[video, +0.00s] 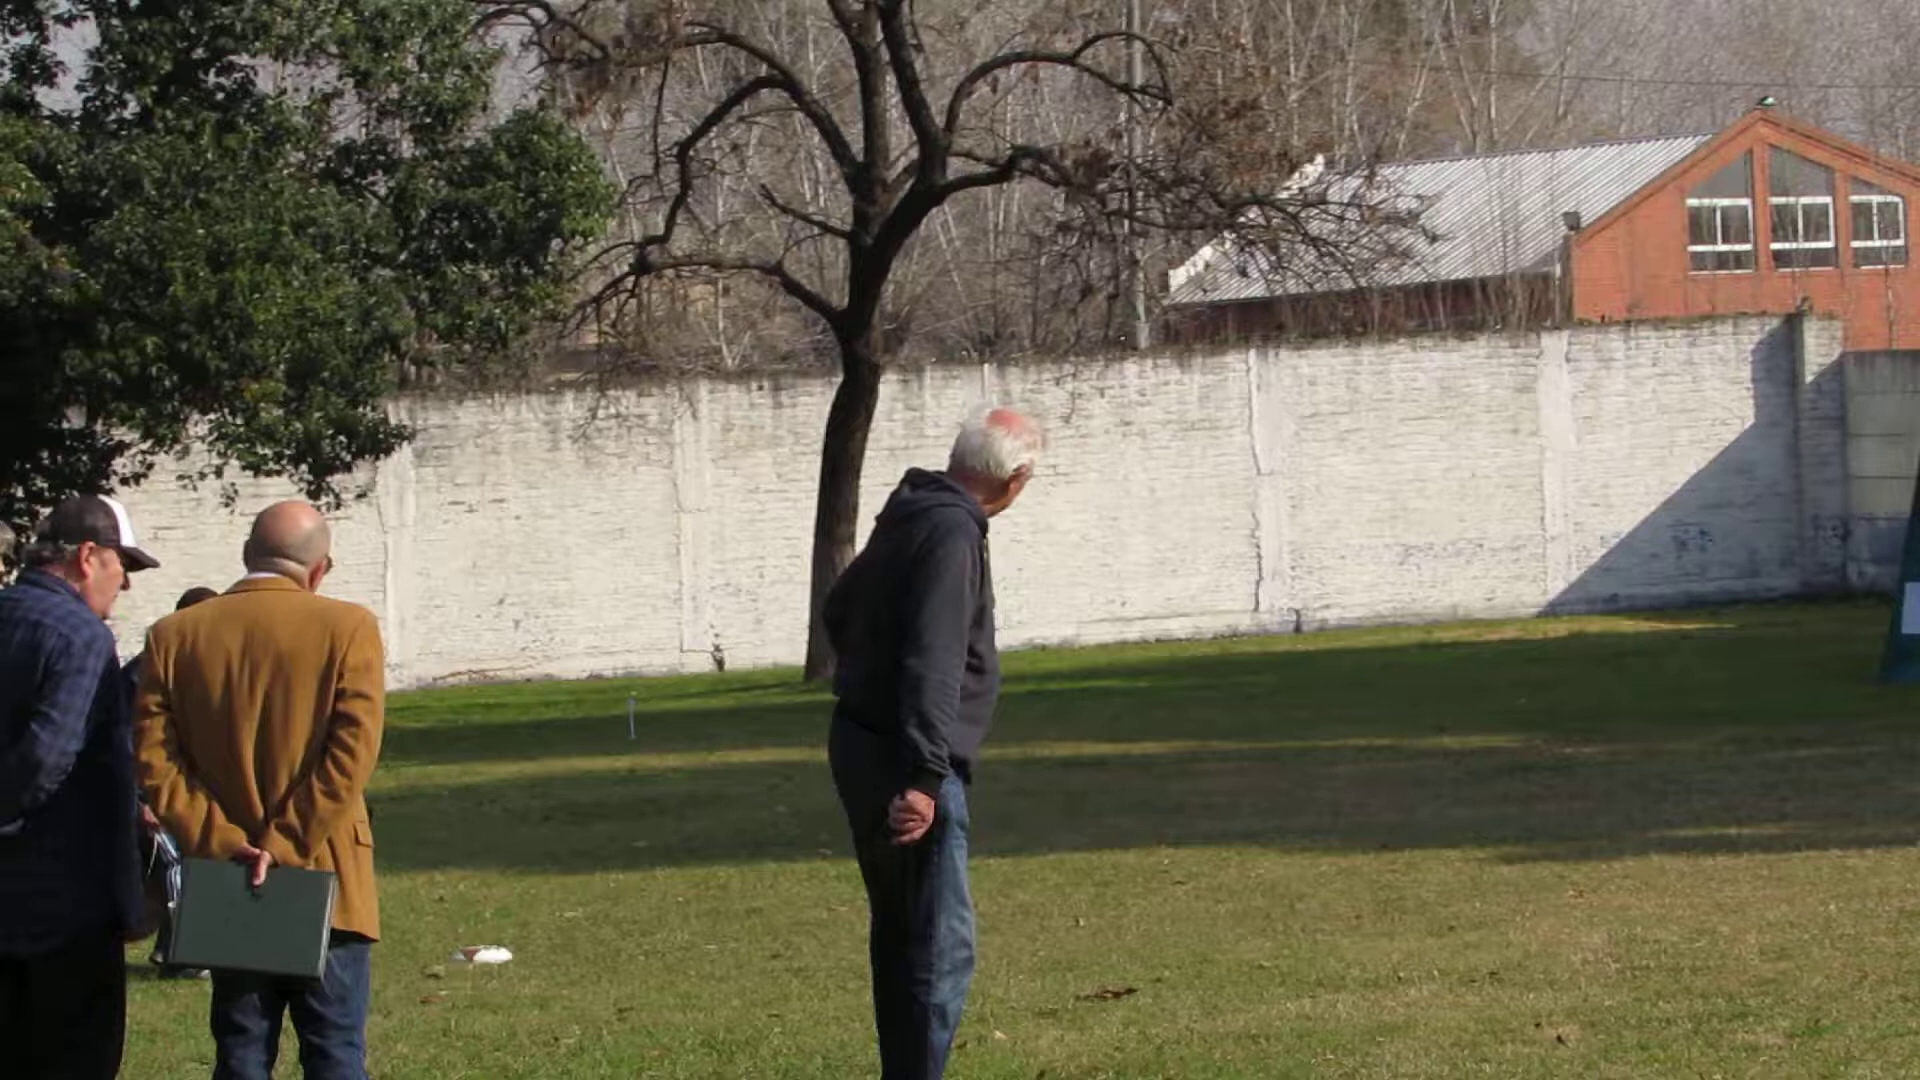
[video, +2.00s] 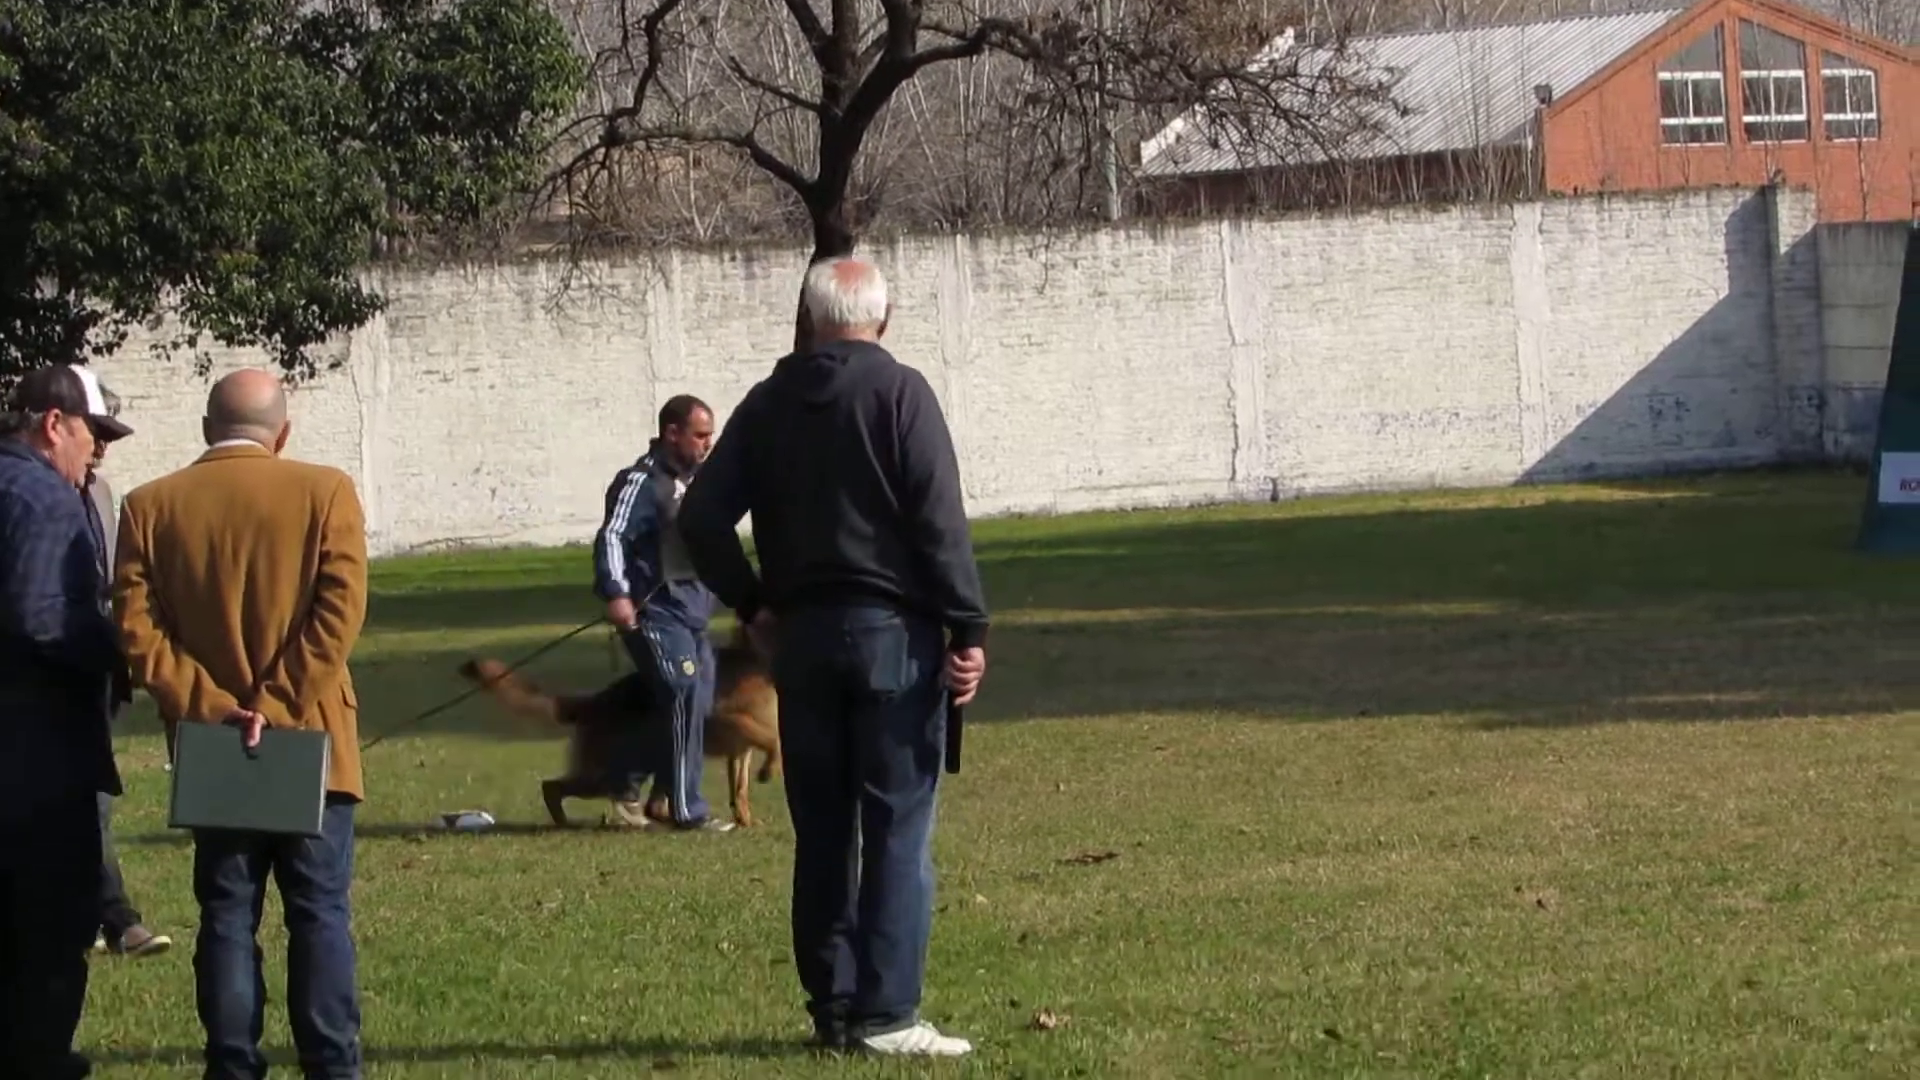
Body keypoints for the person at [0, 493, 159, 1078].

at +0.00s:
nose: (125, 583)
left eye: (128, 570)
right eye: (123, 567)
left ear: (61, 556)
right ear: (86, 559)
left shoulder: (10, 607)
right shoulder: (80, 633)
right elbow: (45, 756)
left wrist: (122, 803)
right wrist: (9, 815)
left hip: (16, 884)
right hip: (63, 891)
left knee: (21, 1041)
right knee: (80, 1051)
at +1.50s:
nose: (129, 580)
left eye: (131, 566)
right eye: (125, 562)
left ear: (67, 552)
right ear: (86, 553)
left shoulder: (12, 608)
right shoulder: (81, 633)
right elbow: (44, 745)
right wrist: (17, 825)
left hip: (16, 896)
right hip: (69, 901)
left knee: (24, 1051)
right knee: (84, 1058)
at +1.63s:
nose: (117, 575)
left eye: (118, 561)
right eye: (112, 558)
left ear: (61, 551)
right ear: (74, 551)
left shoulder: (13, 602)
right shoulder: (69, 623)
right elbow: (37, 724)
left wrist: (106, 688)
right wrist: (23, 830)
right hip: (62, 900)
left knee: (24, 1049)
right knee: (76, 1057)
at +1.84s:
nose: (103, 527)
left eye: (104, 513)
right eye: (97, 511)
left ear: (50, 505)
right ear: (60, 504)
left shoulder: (15, 557)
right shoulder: (55, 574)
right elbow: (31, 680)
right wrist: (87, 760)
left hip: (18, 832)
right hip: (47, 843)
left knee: (27, 1003)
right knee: (64, 1006)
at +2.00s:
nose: (98, 446)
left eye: (99, 433)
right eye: (91, 431)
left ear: (45, 428)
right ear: (53, 426)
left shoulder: (27, 489)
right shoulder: (44, 499)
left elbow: (46, 617)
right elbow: (45, 619)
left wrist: (112, 656)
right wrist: (116, 659)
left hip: (32, 751)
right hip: (43, 758)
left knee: (46, 911)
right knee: (54, 917)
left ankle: (36, 1050)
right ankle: (41, 1055)